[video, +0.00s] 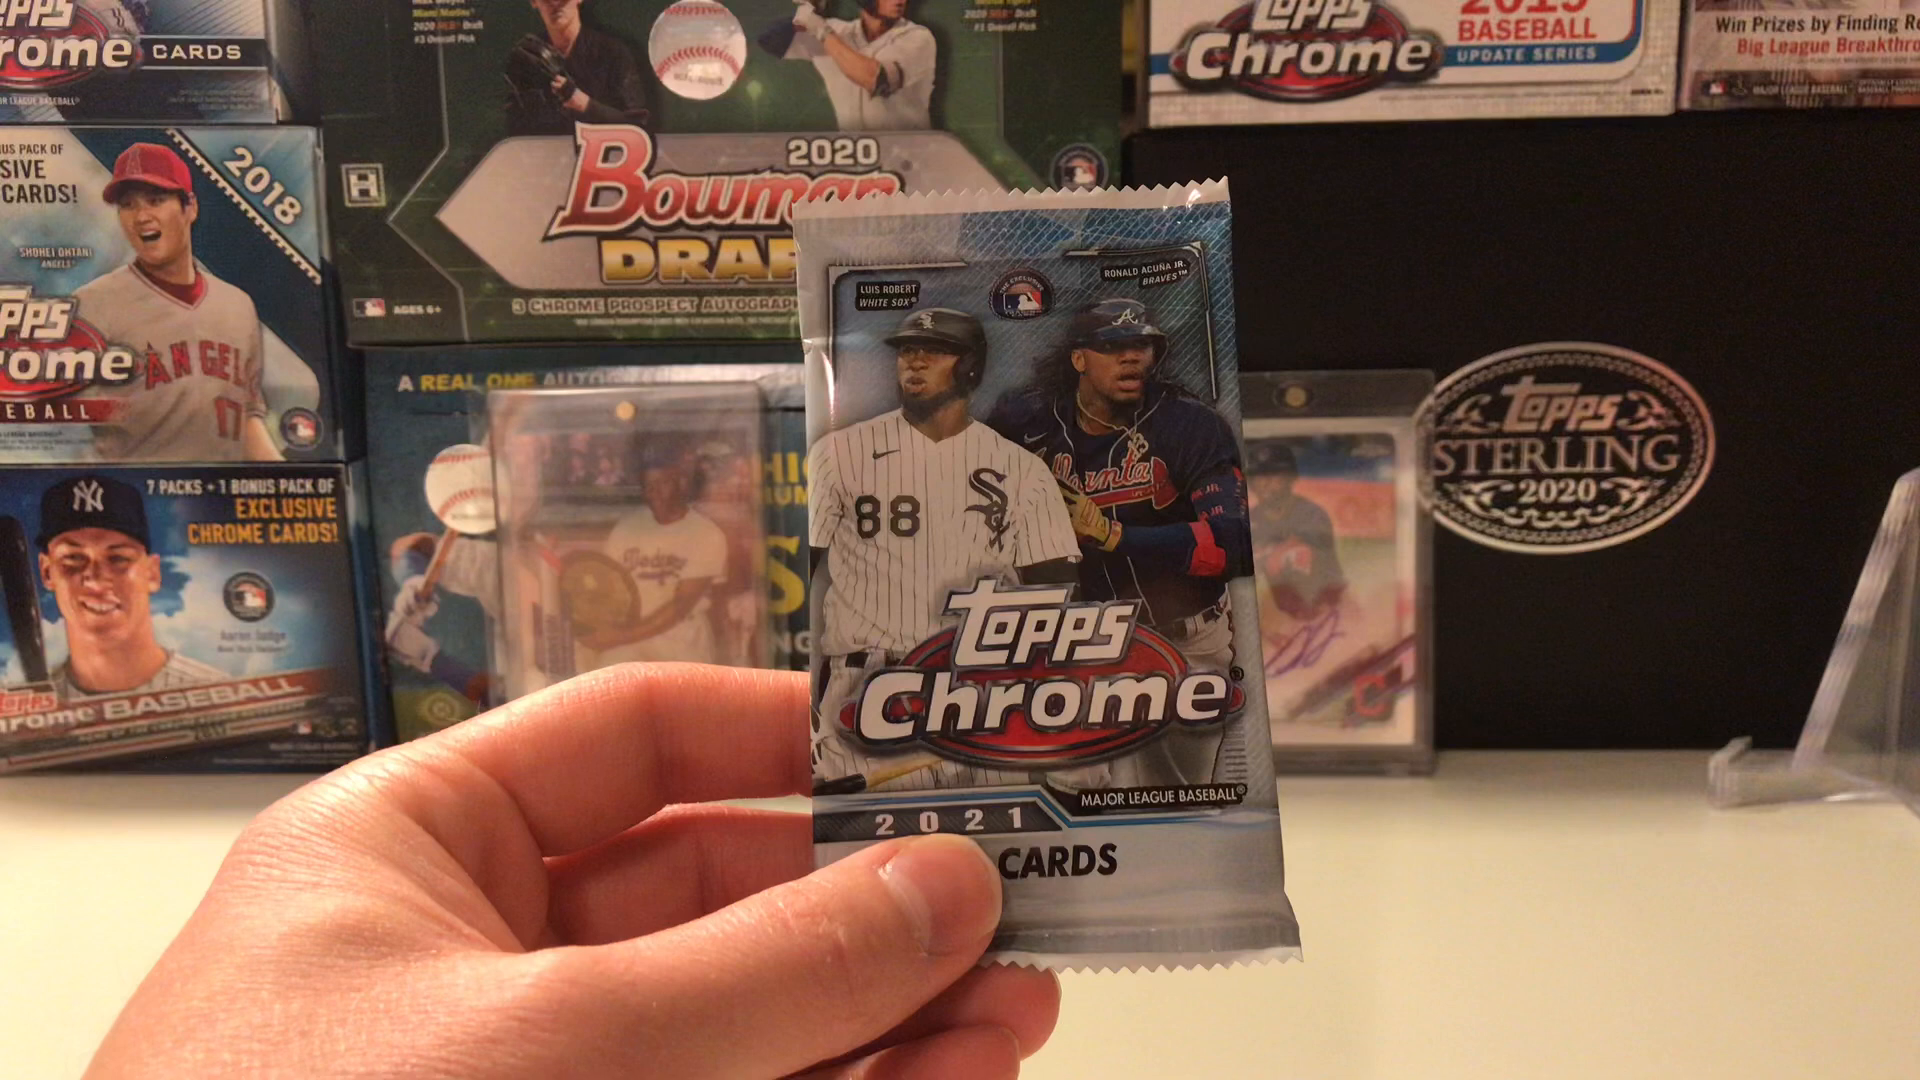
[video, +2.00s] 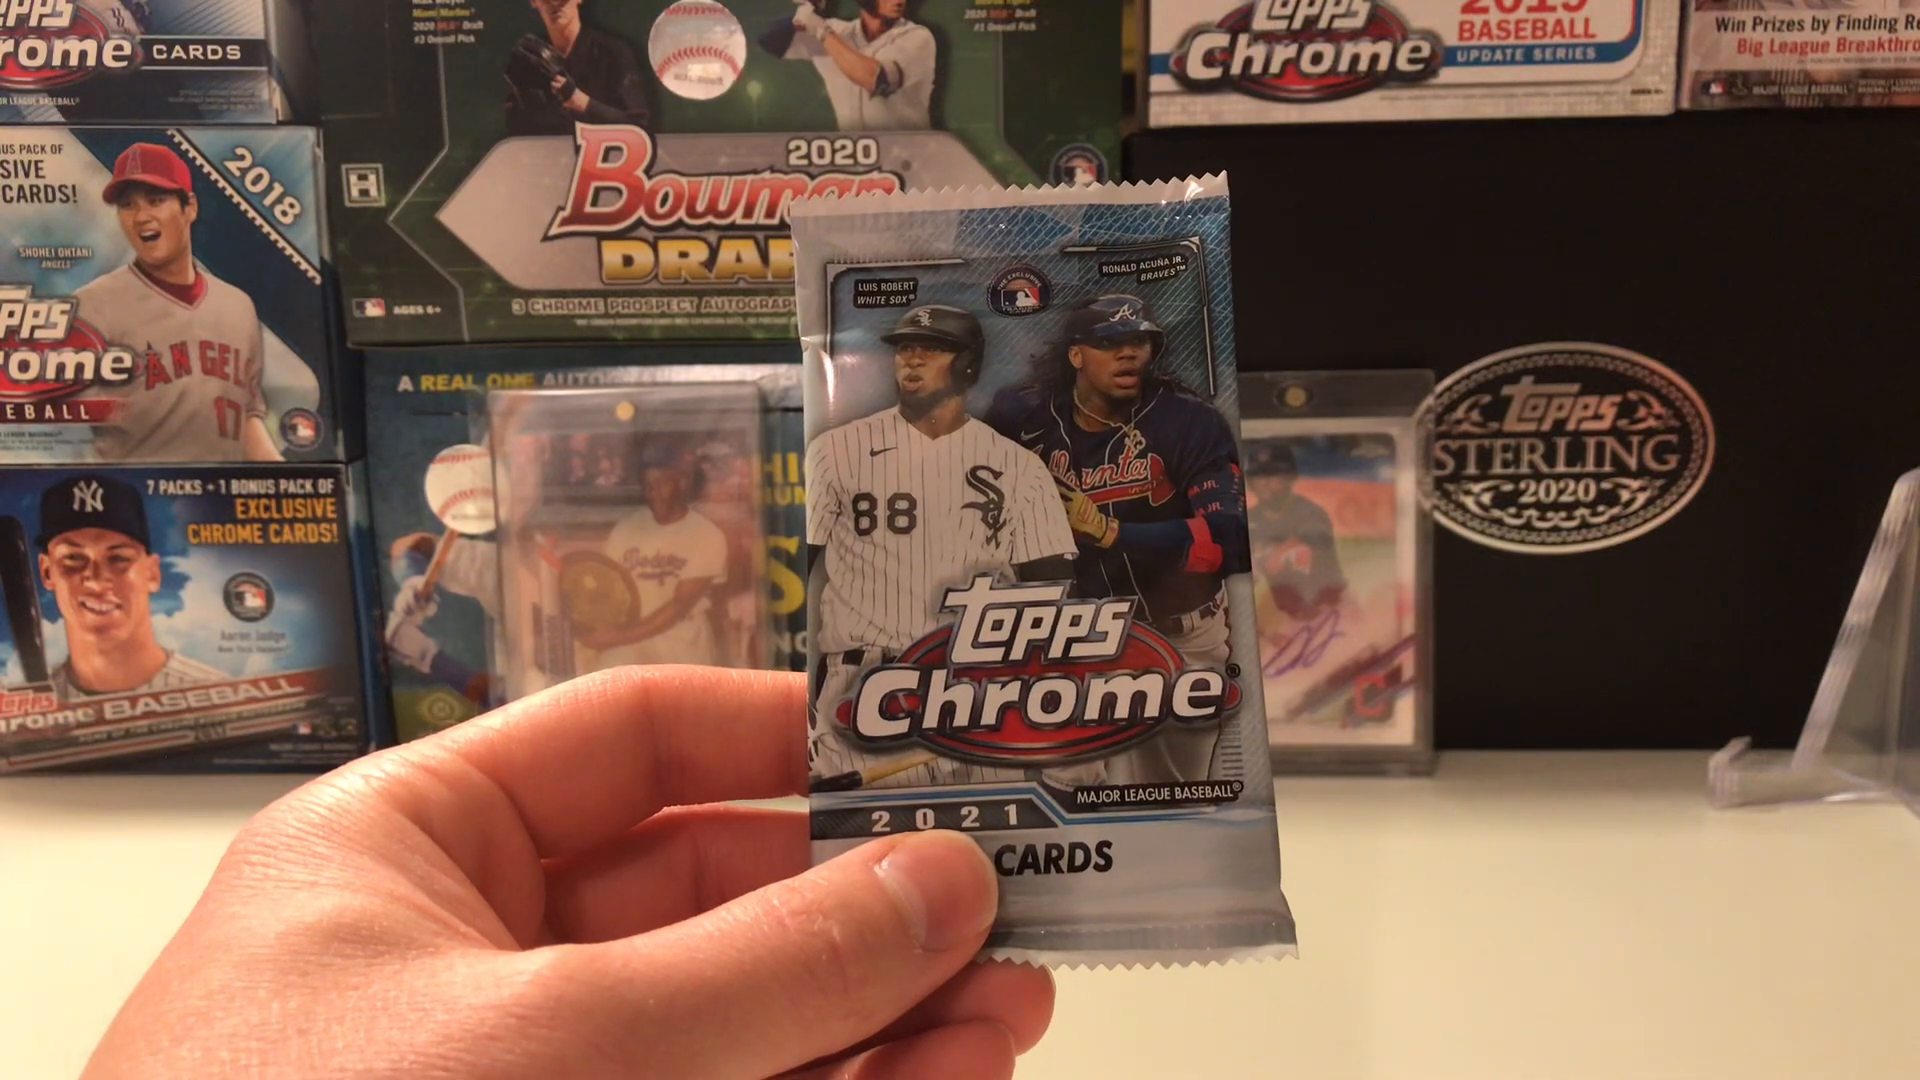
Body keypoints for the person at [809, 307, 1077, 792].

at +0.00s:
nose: (913, 363)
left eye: (931, 352)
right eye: (906, 351)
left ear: (968, 367)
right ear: (896, 360)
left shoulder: (1022, 472)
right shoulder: (837, 457)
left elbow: (1052, 595)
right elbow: (797, 582)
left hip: (977, 705)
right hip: (858, 704)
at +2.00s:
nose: (911, 360)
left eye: (929, 348)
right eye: (904, 348)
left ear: (966, 364)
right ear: (893, 358)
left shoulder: (1019, 468)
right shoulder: (833, 454)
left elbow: (1050, 590)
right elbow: (802, 578)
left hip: (975, 694)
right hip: (857, 693)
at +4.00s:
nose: (904, 365)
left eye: (922, 354)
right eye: (897, 353)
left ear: (957, 368)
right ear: (887, 363)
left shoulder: (1011, 469)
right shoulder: (834, 455)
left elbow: (1043, 588)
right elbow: (791, 575)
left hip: (968, 696)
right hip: (851, 694)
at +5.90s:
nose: (914, 368)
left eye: (932, 357)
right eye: (907, 356)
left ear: (967, 372)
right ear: (897, 366)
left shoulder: (1019, 473)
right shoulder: (839, 457)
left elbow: (1049, 596)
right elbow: (792, 575)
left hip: (974, 696)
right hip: (854, 693)